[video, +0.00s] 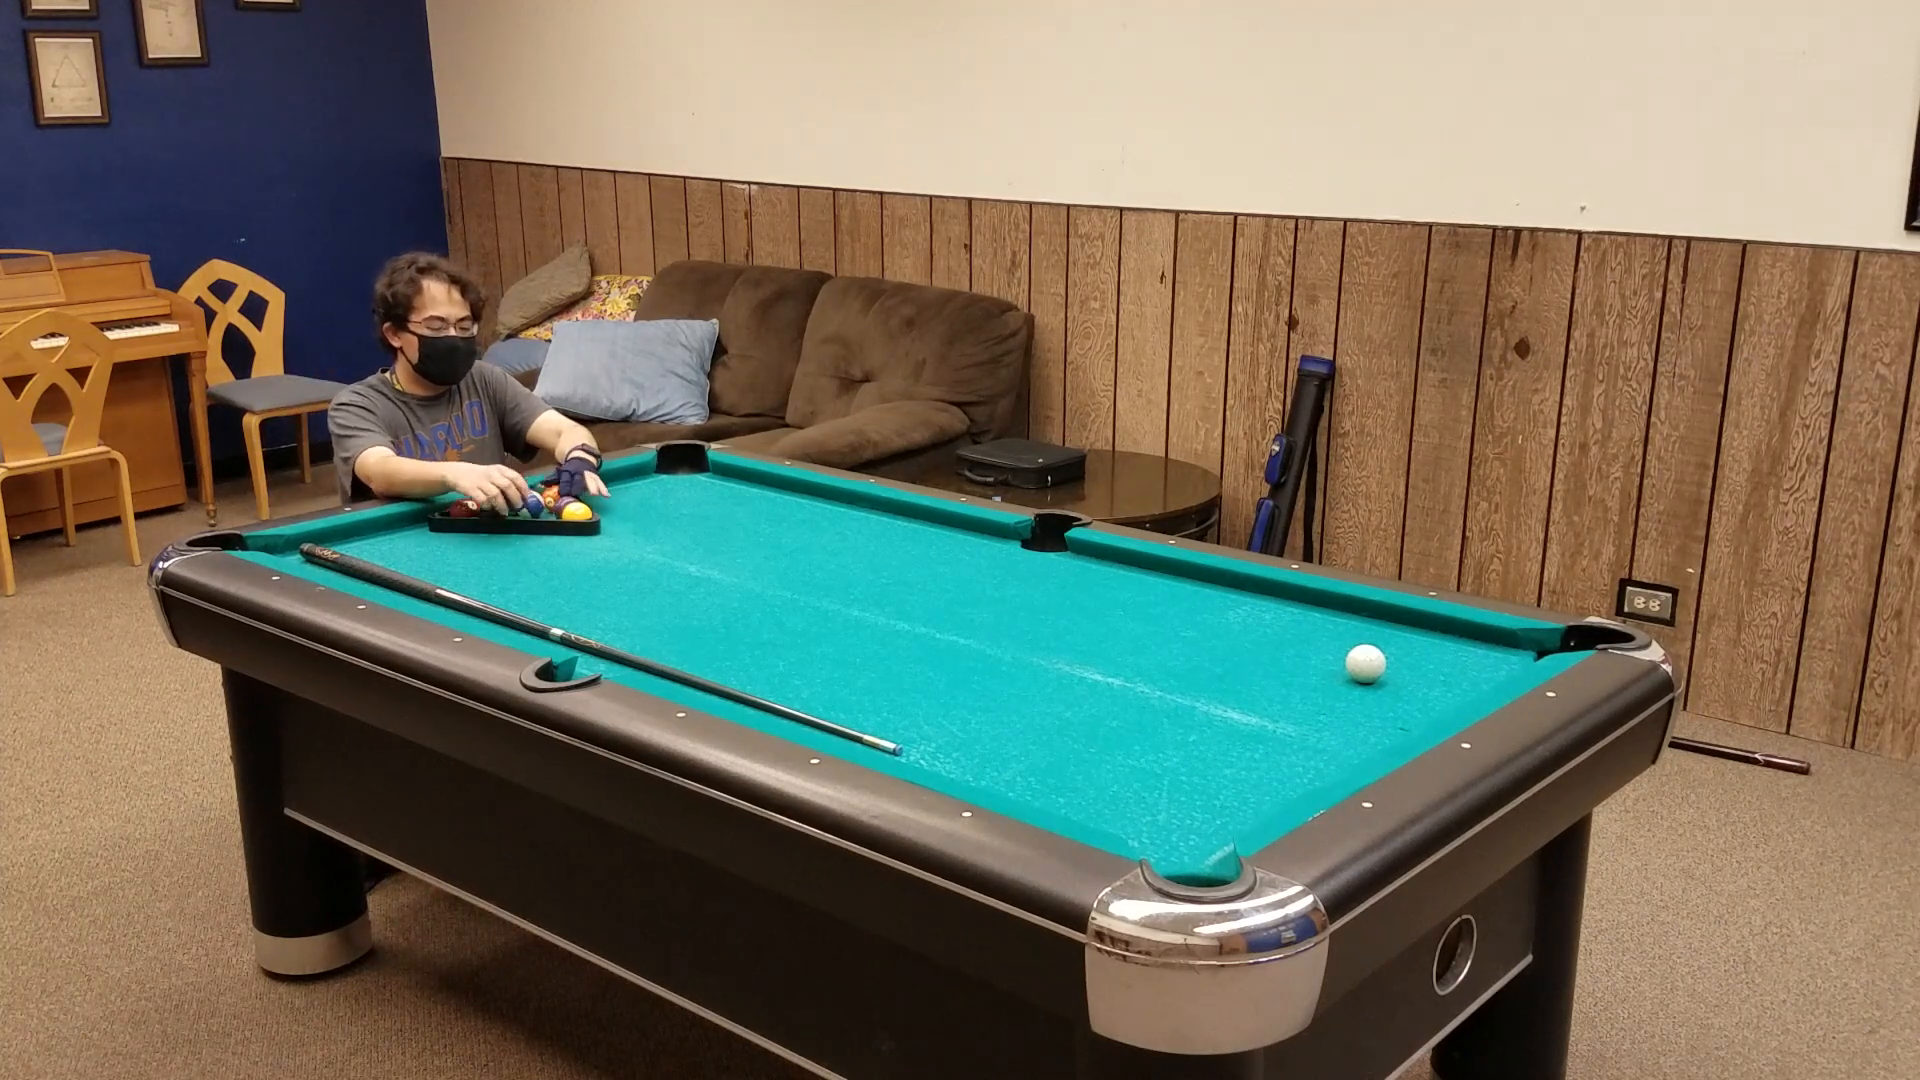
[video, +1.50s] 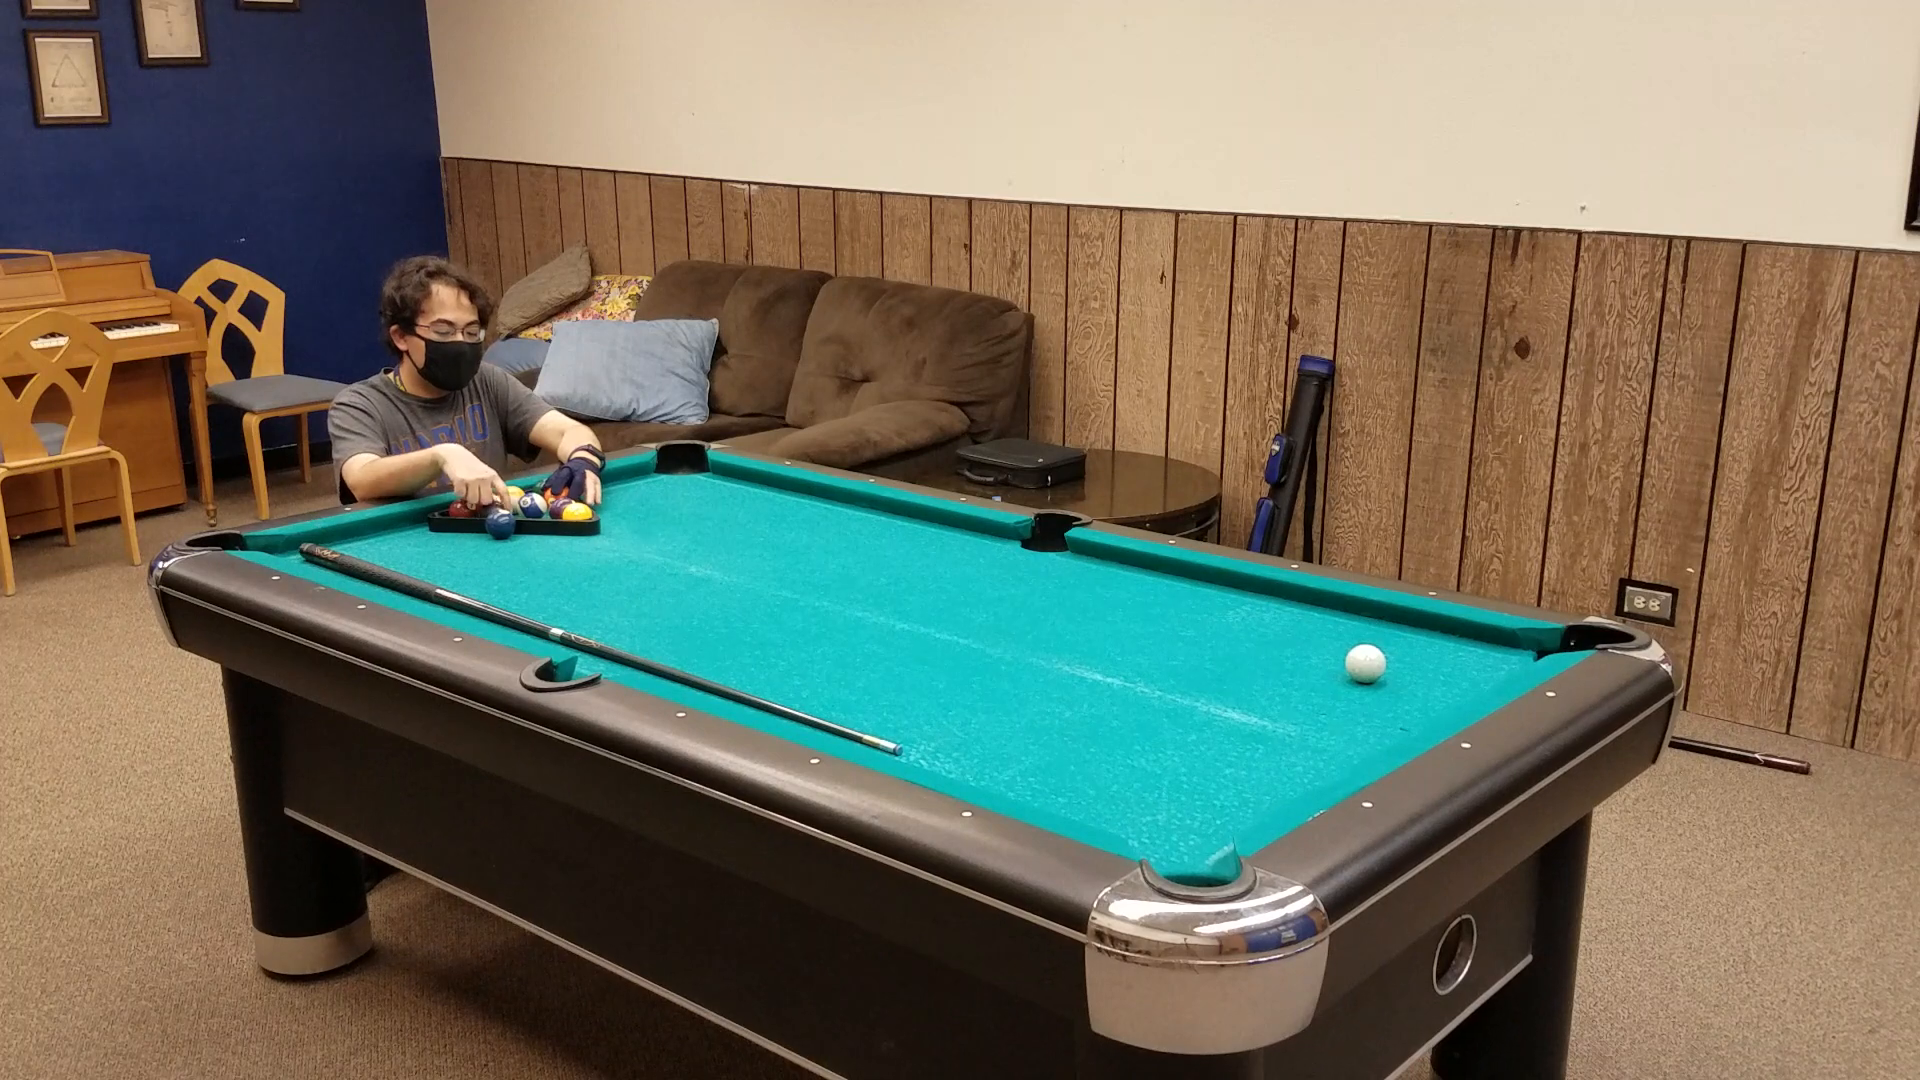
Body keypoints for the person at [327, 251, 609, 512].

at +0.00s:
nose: (454, 339)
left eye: (464, 325)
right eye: (437, 326)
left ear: (475, 325)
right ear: (395, 334)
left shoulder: (485, 381)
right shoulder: (358, 405)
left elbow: (566, 432)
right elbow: (381, 474)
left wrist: (579, 457)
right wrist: (453, 472)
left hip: (497, 553)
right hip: (405, 569)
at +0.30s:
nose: (455, 339)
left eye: (463, 326)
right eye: (437, 327)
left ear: (473, 325)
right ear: (394, 336)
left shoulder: (485, 382)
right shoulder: (357, 405)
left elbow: (564, 431)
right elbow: (376, 475)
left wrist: (584, 459)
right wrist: (445, 477)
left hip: (500, 557)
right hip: (407, 570)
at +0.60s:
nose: (457, 340)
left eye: (466, 326)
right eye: (440, 327)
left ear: (477, 326)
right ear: (396, 334)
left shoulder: (486, 382)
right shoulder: (357, 405)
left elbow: (568, 432)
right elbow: (362, 483)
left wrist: (583, 459)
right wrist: (450, 450)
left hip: (500, 553)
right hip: (408, 566)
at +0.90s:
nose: (462, 340)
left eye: (470, 327)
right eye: (443, 327)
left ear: (480, 327)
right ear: (399, 334)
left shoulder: (487, 381)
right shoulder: (360, 404)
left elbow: (567, 431)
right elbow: (365, 479)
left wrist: (582, 457)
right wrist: (463, 463)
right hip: (412, 564)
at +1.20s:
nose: (461, 342)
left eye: (470, 329)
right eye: (443, 327)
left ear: (481, 329)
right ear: (400, 334)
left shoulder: (488, 381)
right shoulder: (360, 404)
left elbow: (568, 431)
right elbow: (365, 480)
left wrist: (582, 458)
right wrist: (460, 463)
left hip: (503, 550)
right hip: (411, 565)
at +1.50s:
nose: (461, 345)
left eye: (471, 331)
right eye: (443, 330)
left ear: (481, 331)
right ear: (401, 336)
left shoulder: (489, 382)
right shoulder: (361, 404)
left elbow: (567, 431)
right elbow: (363, 481)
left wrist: (583, 457)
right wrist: (442, 455)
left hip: (502, 555)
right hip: (411, 568)